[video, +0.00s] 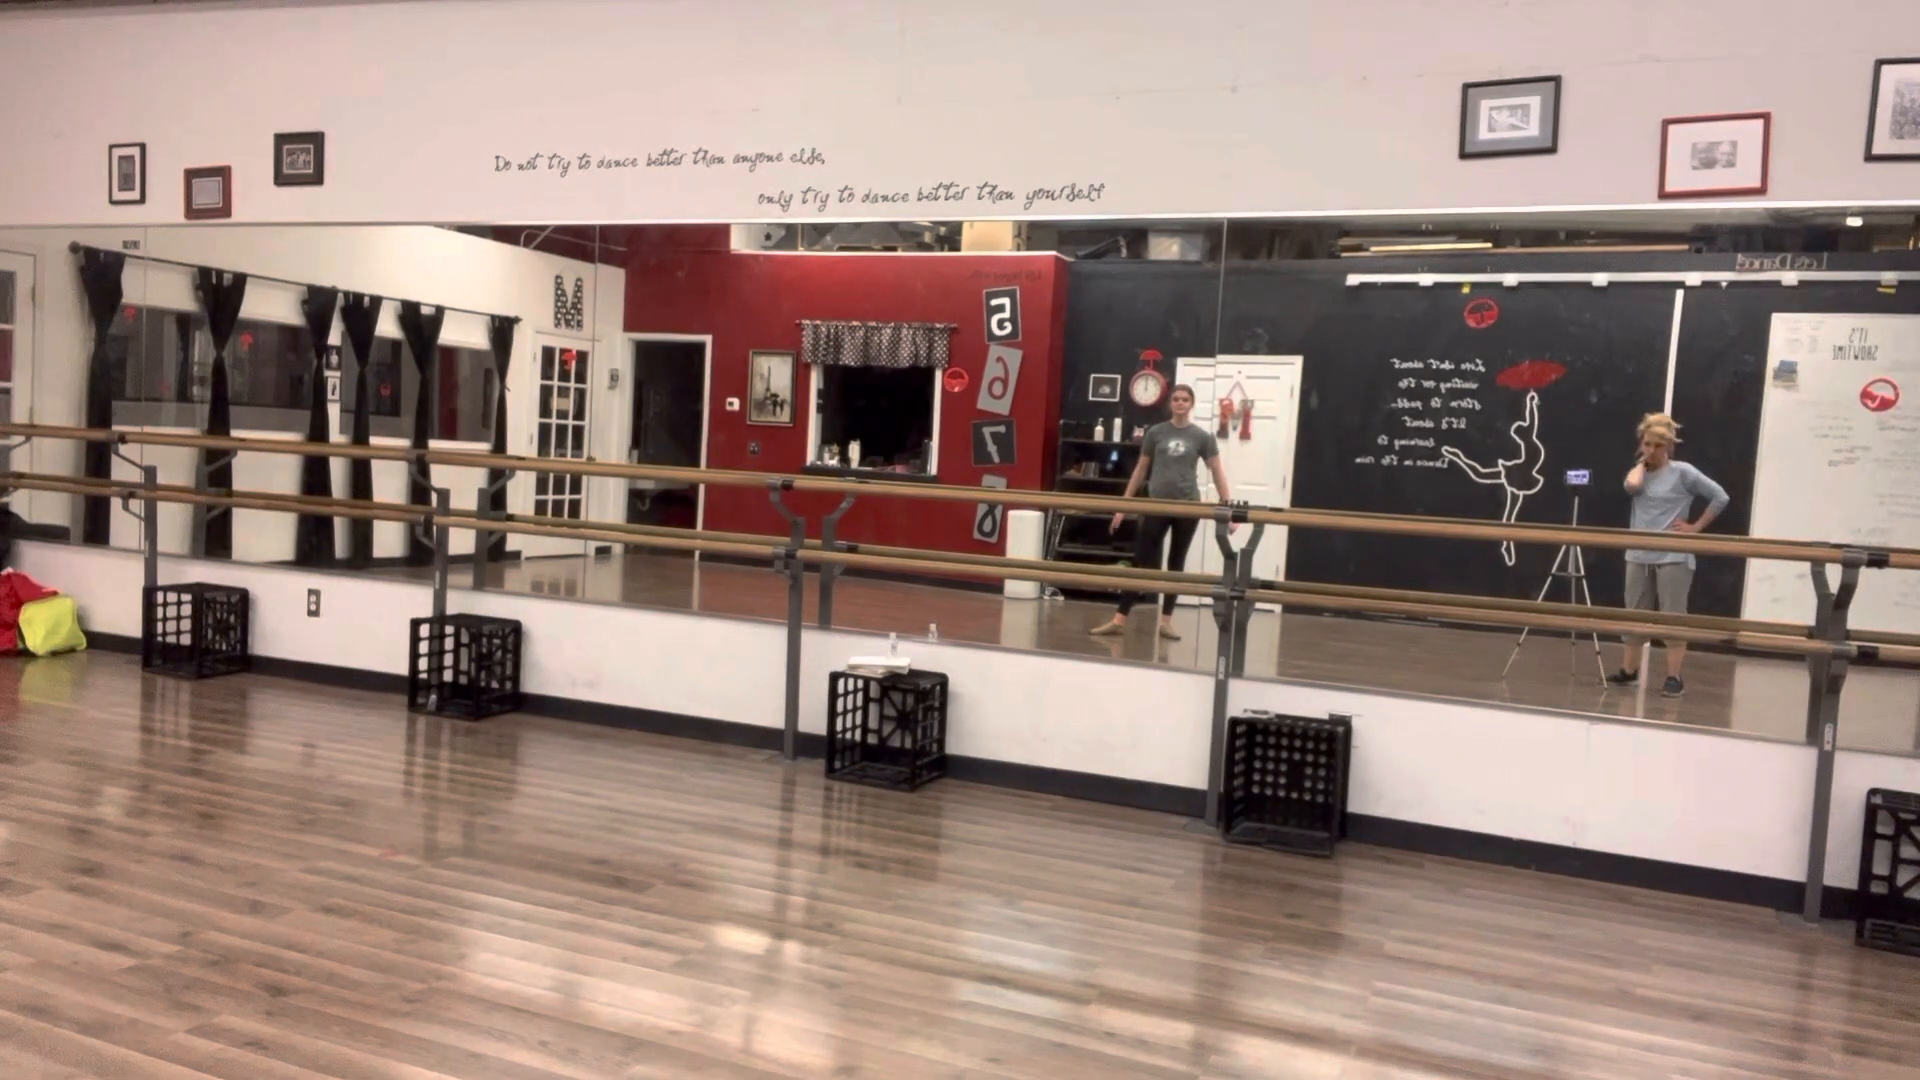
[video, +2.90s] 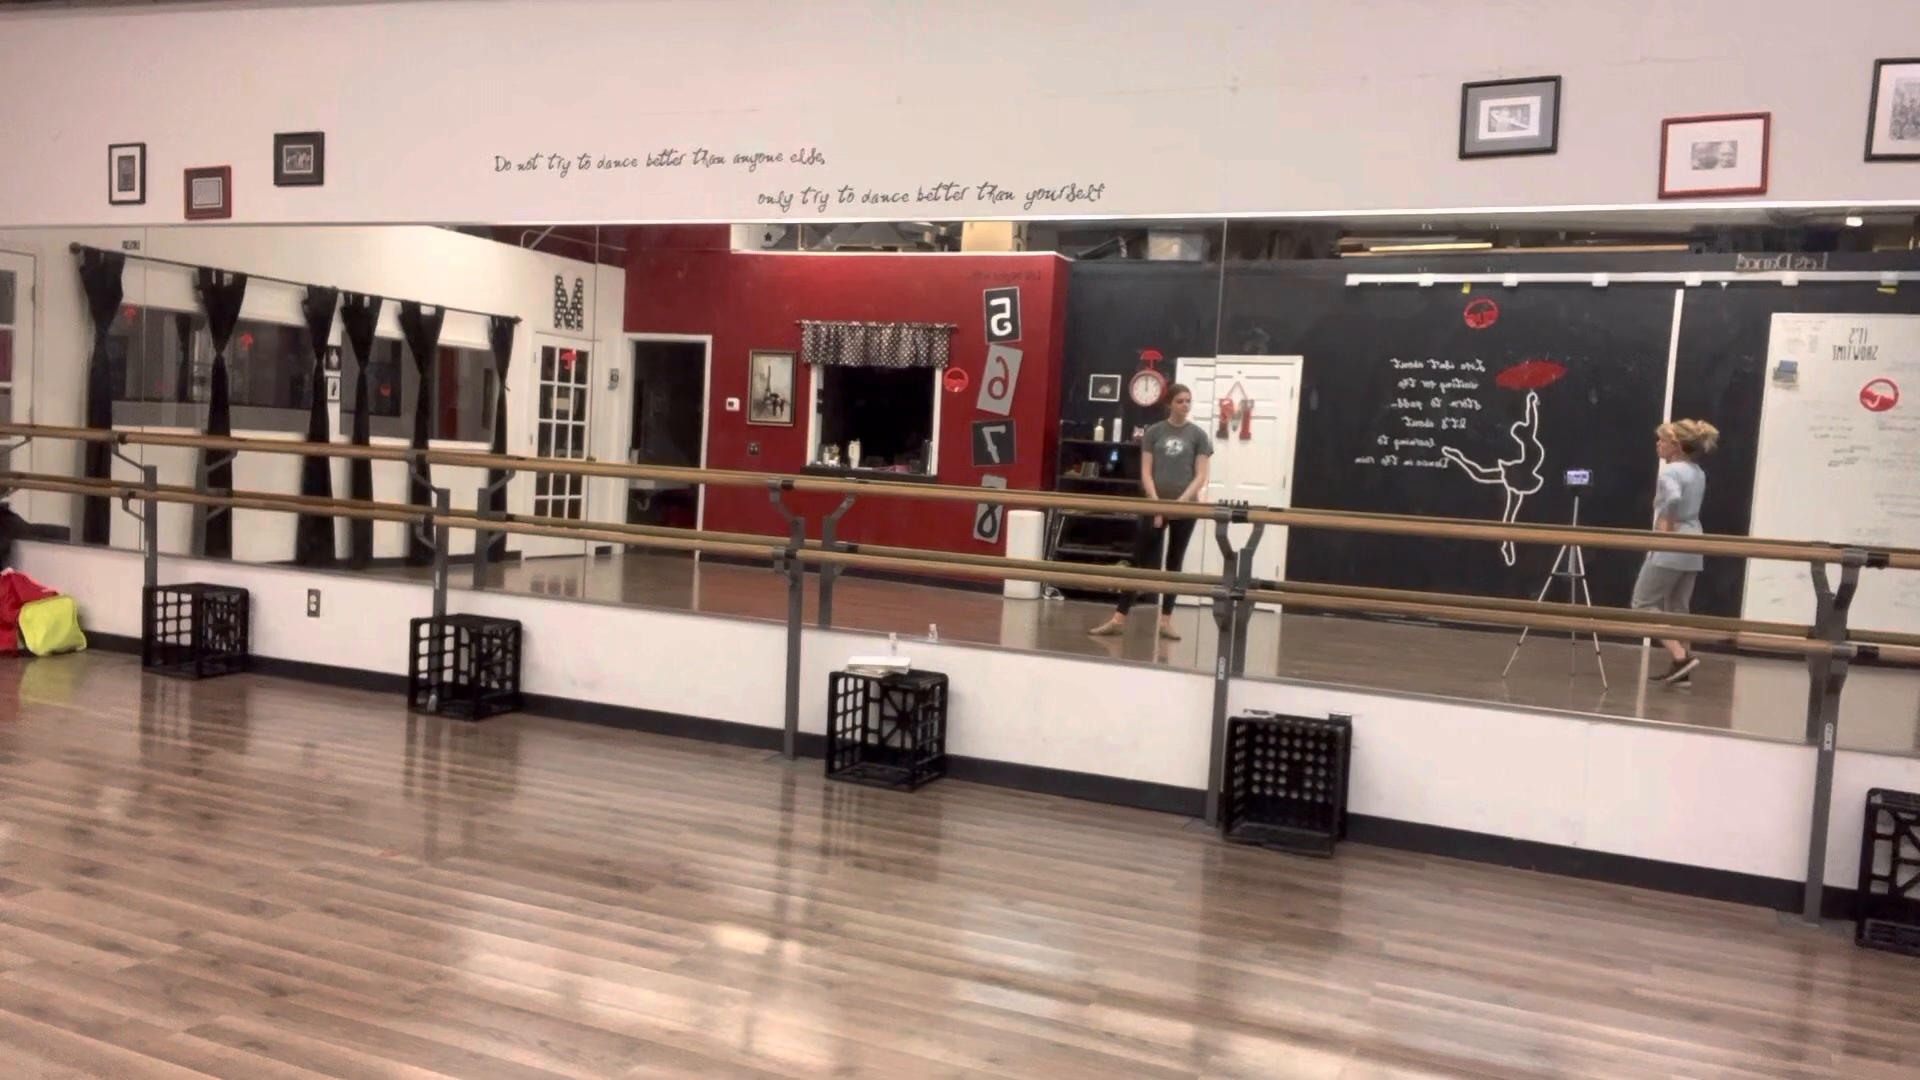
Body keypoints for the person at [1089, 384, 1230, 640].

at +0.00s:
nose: (1180, 403)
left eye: (1185, 400)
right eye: (1176, 399)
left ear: (1192, 405)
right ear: (1170, 403)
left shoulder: (1202, 436)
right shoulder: (1155, 433)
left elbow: (1217, 473)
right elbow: (1140, 471)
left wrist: (1227, 507)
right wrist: (1123, 507)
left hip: (1187, 509)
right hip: (1156, 506)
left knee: (1176, 563)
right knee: (1141, 559)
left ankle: (1165, 620)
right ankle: (1120, 618)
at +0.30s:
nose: (1180, 404)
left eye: (1185, 400)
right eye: (1176, 400)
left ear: (1192, 405)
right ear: (1170, 403)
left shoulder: (1202, 438)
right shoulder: (1155, 432)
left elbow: (1204, 478)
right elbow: (1145, 472)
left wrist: (1191, 507)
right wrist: (1148, 507)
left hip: (1185, 509)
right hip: (1157, 506)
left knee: (1176, 564)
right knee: (1141, 560)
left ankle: (1166, 620)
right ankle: (1120, 617)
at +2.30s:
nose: (1184, 406)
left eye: (1188, 402)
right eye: (1180, 402)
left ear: (1192, 406)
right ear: (1170, 404)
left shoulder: (1199, 435)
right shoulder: (1153, 433)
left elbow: (1215, 471)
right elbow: (1138, 469)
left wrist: (1227, 503)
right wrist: (1119, 505)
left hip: (1186, 508)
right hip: (1155, 506)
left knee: (1175, 564)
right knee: (1141, 559)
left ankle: (1166, 620)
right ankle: (1119, 618)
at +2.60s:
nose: (1186, 407)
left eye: (1189, 403)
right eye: (1182, 403)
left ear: (1192, 406)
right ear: (1170, 404)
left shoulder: (1200, 437)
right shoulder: (1153, 432)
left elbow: (1206, 478)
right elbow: (1142, 471)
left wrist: (1203, 512)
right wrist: (1137, 507)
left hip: (1184, 508)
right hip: (1154, 506)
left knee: (1175, 565)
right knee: (1140, 560)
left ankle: (1166, 619)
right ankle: (1120, 617)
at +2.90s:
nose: (1185, 406)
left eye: (1187, 402)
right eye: (1180, 402)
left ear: (1191, 405)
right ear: (1170, 404)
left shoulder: (1199, 436)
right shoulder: (1152, 433)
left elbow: (1201, 477)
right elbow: (1146, 474)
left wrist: (1177, 505)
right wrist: (1156, 507)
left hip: (1184, 508)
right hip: (1155, 504)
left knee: (1174, 562)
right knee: (1140, 558)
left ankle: (1165, 619)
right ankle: (1119, 616)